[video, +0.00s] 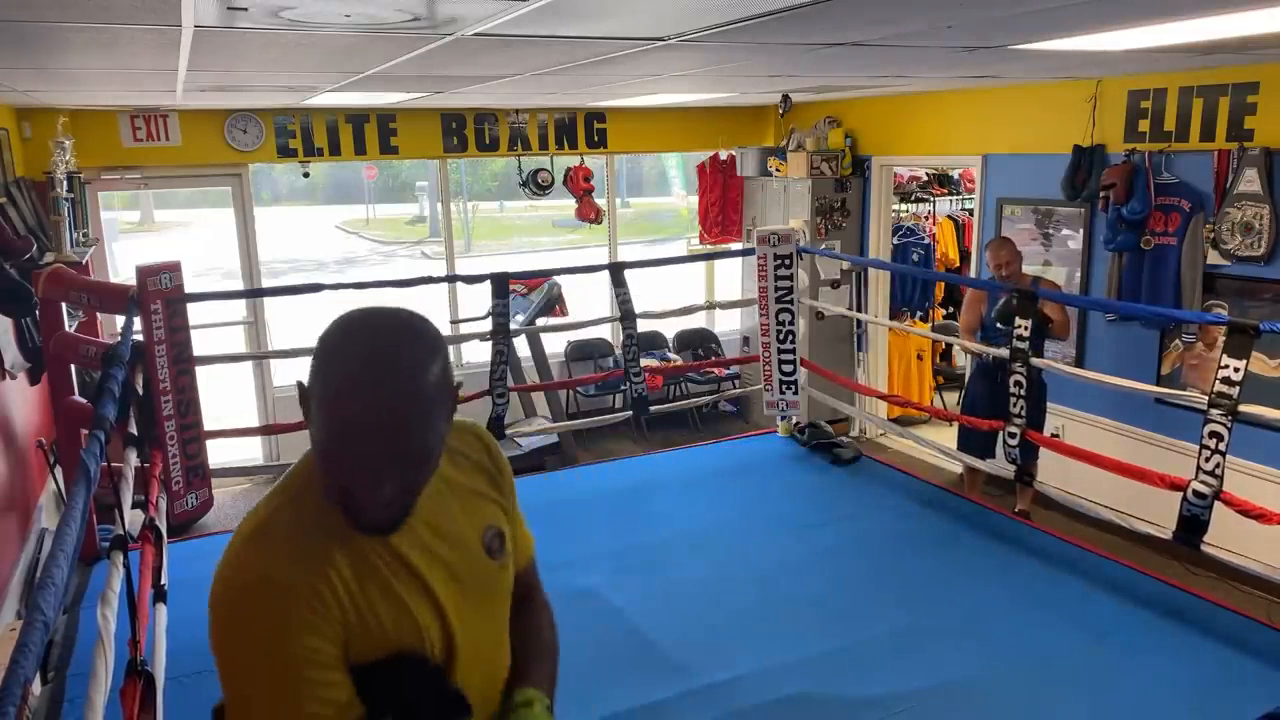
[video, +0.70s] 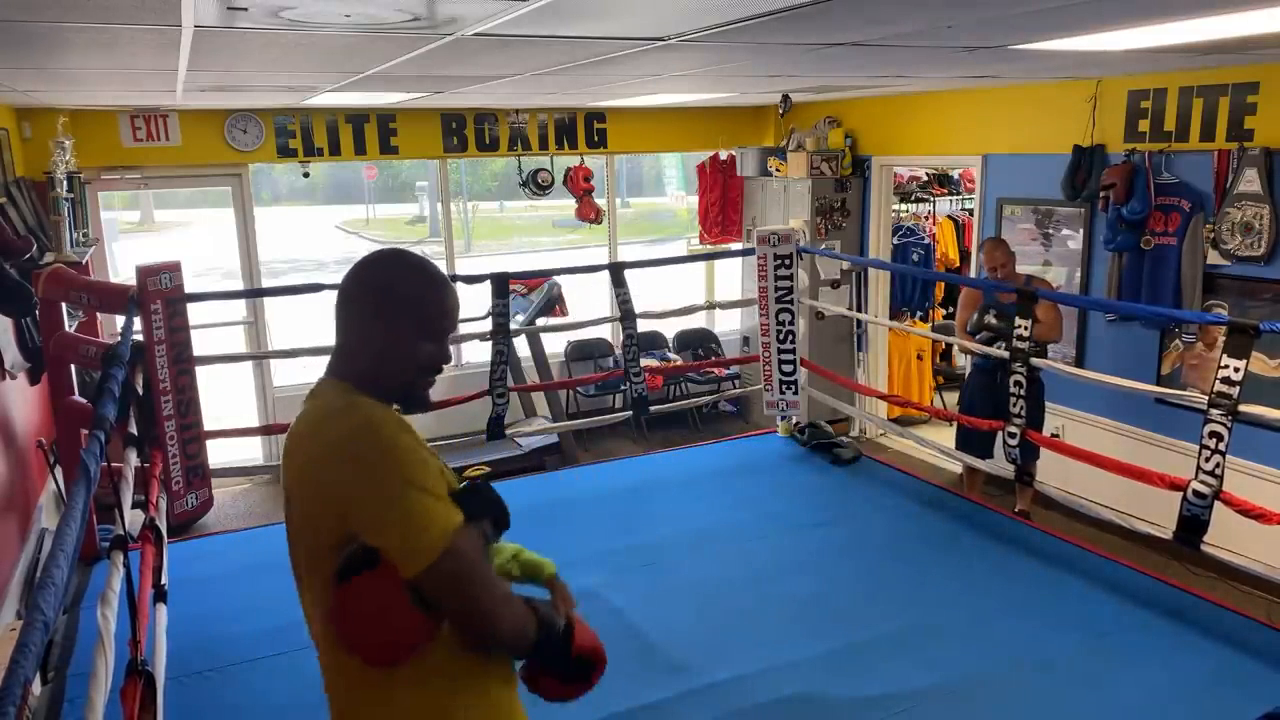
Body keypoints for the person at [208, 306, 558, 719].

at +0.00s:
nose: (377, 500)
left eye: (409, 471)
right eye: (346, 471)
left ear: (451, 411)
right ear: (306, 410)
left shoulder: (477, 457)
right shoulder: (270, 584)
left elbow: (524, 595)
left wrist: (530, 702)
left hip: (496, 699)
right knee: (408, 681)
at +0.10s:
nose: (397, 457)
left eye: (420, 430)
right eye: (368, 433)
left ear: (451, 392)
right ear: (319, 395)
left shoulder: (462, 448)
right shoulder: (284, 550)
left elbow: (509, 571)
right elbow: (326, 706)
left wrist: (523, 676)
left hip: (494, 697)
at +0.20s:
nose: (415, 432)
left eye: (436, 407)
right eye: (389, 411)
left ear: (455, 384)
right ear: (330, 379)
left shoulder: (450, 443)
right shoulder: (298, 522)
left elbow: (494, 559)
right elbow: (342, 706)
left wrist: (522, 667)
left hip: (479, 694)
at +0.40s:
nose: (442, 390)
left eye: (454, 368)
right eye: (416, 369)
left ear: (464, 356)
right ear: (350, 348)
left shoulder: (423, 432)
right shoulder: (322, 481)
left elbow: (462, 562)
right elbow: (389, 688)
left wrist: (519, 631)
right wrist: (507, 698)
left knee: (571, 700)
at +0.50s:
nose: (450, 377)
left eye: (455, 357)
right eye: (437, 357)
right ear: (381, 345)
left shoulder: (393, 429)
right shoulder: (335, 462)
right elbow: (414, 667)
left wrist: (481, 601)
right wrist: (523, 674)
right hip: (388, 706)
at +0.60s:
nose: (448, 366)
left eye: (451, 346)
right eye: (433, 346)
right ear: (382, 334)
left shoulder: (373, 428)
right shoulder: (350, 448)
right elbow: (446, 640)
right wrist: (534, 649)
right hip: (408, 706)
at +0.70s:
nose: (446, 360)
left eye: (448, 341)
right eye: (436, 340)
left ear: (371, 331)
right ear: (382, 331)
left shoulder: (325, 420)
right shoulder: (373, 438)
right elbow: (489, 619)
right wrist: (548, 625)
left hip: (377, 700)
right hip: (441, 704)